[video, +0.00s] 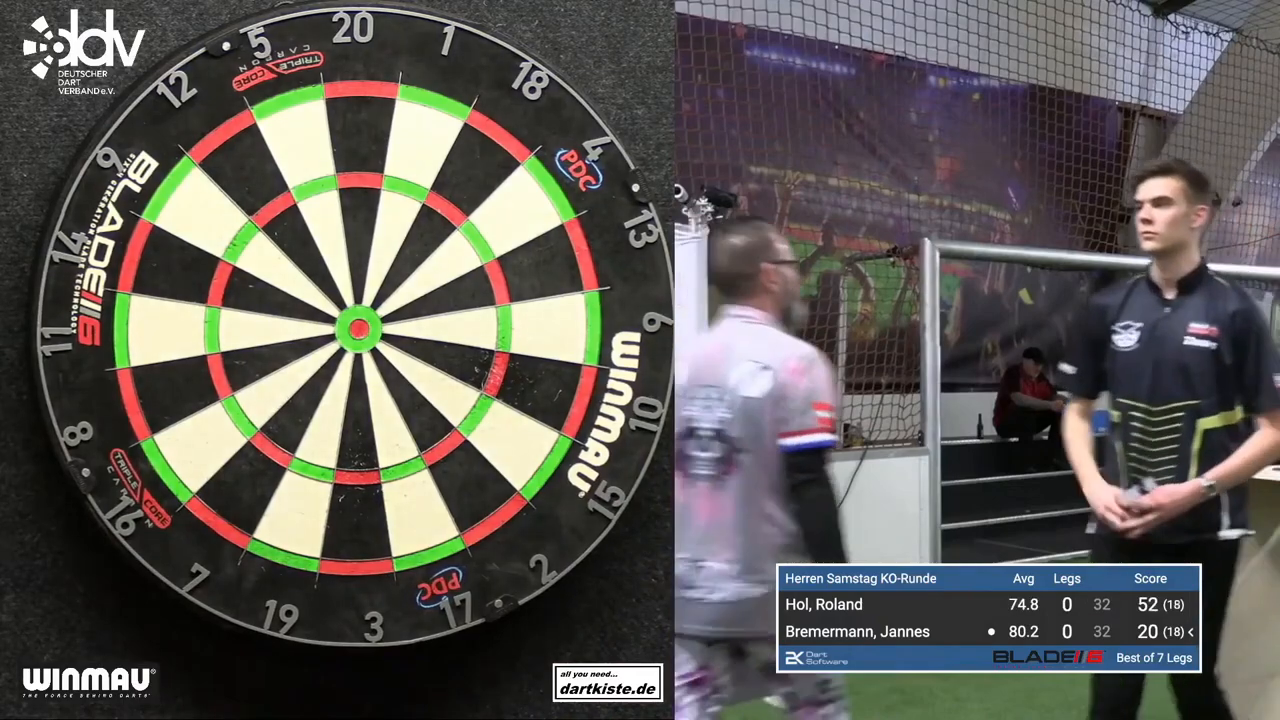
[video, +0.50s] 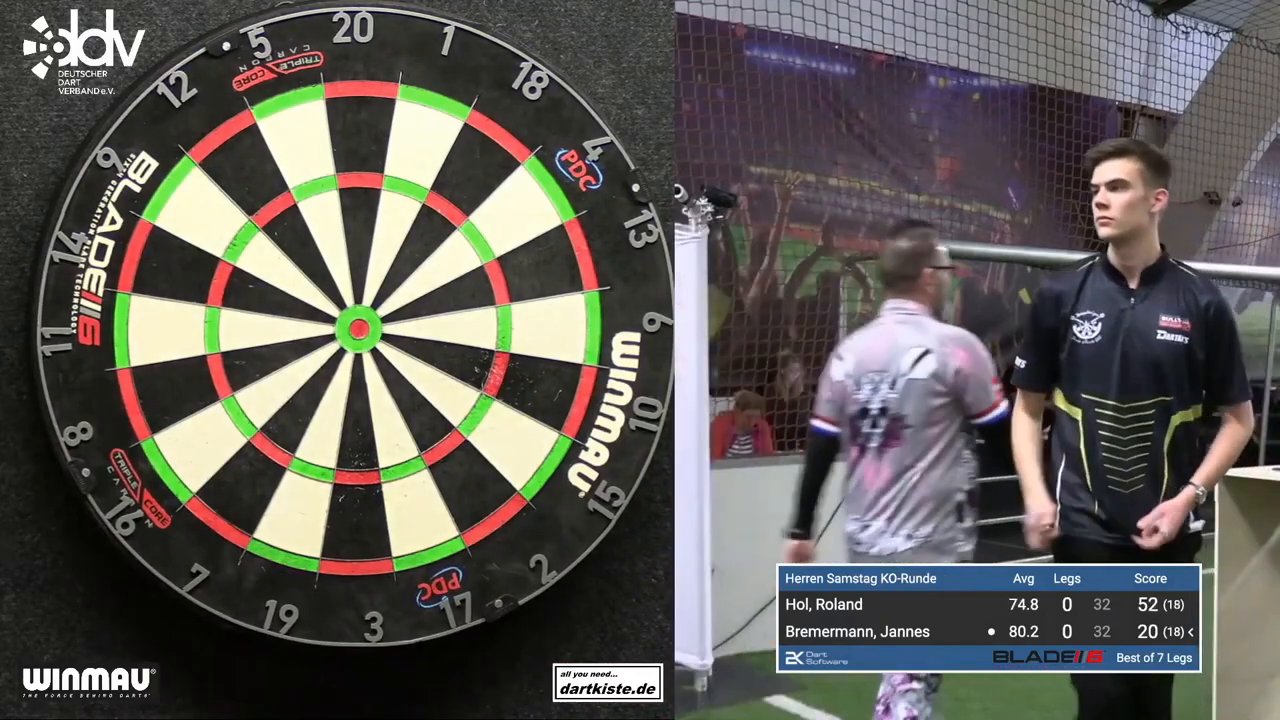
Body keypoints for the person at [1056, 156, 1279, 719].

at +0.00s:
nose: (1144, 216)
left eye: (1161, 204)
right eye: (1139, 207)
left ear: (1201, 216)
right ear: (1133, 218)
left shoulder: (1236, 314)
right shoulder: (1106, 309)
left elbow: (1272, 430)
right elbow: (1076, 411)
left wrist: (1193, 492)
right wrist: (1094, 487)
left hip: (1202, 534)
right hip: (1118, 529)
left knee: (1192, 680)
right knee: (1113, 682)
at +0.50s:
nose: (1100, 200)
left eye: (1116, 188)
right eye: (1095, 190)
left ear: (1158, 201)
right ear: (1089, 203)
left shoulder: (1202, 305)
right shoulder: (1058, 298)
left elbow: (1239, 419)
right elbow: (1028, 409)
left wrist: (1186, 499)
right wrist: (1035, 496)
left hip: (1167, 536)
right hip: (1082, 533)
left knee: (1153, 693)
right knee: (1098, 694)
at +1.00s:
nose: (1036, 190)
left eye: (1053, 176)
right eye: (1031, 180)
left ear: (1100, 188)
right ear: (1027, 193)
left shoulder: (1154, 289)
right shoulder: (1007, 296)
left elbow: (1207, 397)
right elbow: (974, 424)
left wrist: (1180, 495)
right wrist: (939, 530)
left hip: (1141, 534)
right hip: (1052, 538)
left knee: (1147, 698)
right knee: (1058, 702)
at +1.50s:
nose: (978, 193)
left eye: (996, 178)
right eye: (976, 182)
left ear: (1045, 190)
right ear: (976, 196)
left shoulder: (1116, 280)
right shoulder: (965, 305)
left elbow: (1186, 374)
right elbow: (891, 408)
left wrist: (1175, 479)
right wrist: (799, 520)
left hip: (1140, 527)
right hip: (1049, 541)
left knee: (1162, 692)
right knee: (1051, 699)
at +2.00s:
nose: (970, 195)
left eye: (987, 179)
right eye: (968, 185)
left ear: (1037, 191)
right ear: (968, 200)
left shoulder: (1108, 279)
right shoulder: (960, 297)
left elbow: (1177, 374)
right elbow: (847, 352)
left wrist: (1166, 479)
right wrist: (765, 241)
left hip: (1136, 523)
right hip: (1046, 538)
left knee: (1158, 685)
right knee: (1050, 698)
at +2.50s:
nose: (966, 196)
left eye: (983, 180)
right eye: (963, 185)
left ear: (1032, 191)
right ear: (963, 201)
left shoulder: (1104, 280)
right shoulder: (958, 298)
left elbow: (1172, 376)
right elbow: (842, 350)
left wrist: (1160, 481)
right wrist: (847, 216)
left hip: (1130, 526)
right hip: (1039, 542)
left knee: (1154, 685)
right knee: (1046, 699)